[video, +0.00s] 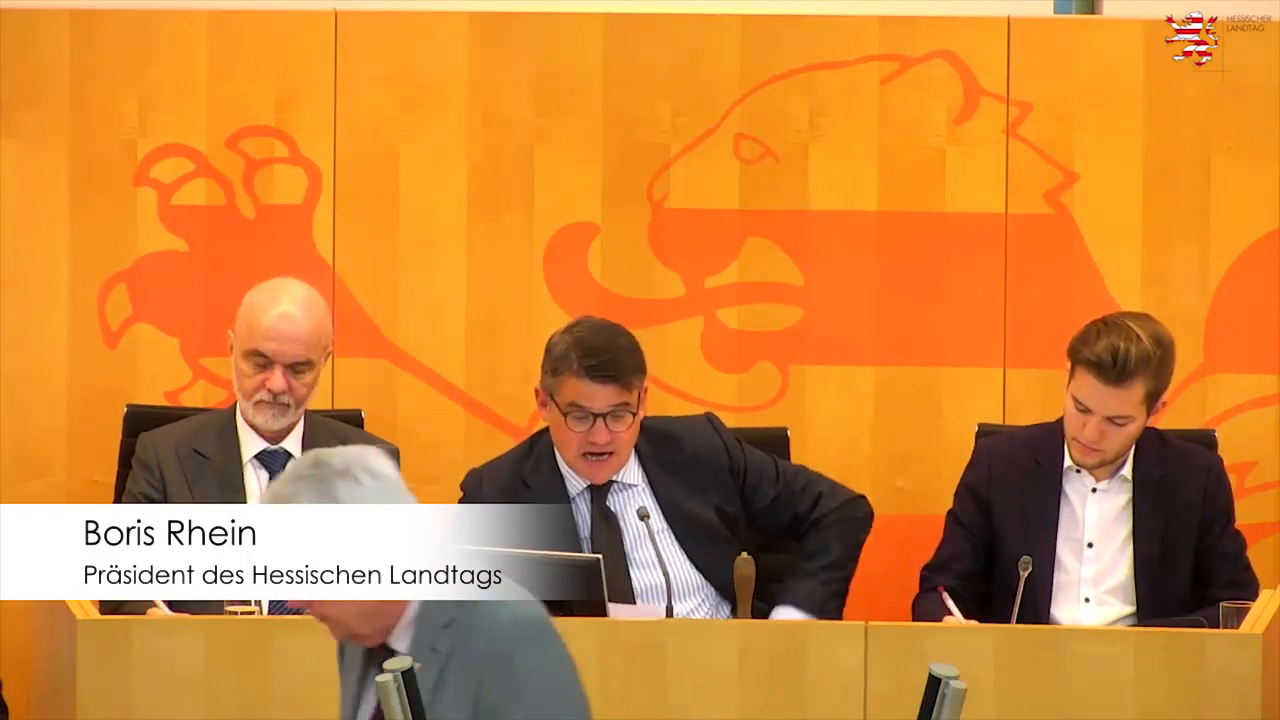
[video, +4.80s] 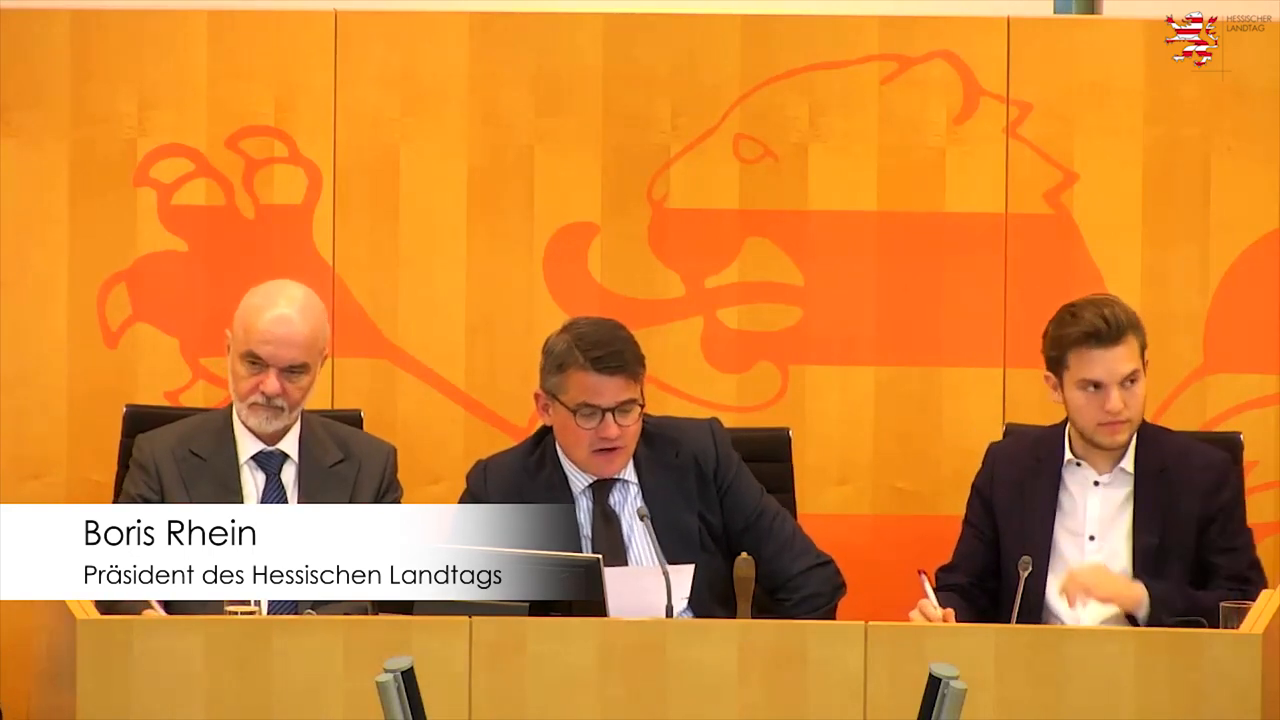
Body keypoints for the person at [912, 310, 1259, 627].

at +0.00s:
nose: (1090, 434)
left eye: (1116, 422)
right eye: (1081, 407)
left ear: (1155, 411)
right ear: (1067, 381)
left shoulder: (1197, 475)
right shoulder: (1000, 460)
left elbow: (1239, 602)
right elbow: (941, 591)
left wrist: (1150, 641)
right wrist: (952, 633)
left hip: (1149, 678)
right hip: (1023, 670)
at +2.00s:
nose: (1105, 447)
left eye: (1131, 437)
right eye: (1097, 419)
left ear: (1164, 423)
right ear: (1081, 383)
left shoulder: (1199, 478)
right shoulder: (1002, 458)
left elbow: (1238, 601)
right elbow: (950, 584)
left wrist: (1166, 644)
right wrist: (951, 634)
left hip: (1150, 680)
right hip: (1024, 672)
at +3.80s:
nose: (1097, 427)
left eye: (1121, 411)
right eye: (1085, 401)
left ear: (1153, 400)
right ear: (1066, 378)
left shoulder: (1196, 477)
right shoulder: (999, 459)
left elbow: (1240, 608)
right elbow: (955, 585)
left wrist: (1138, 616)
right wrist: (939, 616)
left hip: (1148, 685)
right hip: (1021, 677)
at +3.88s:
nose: (1095, 425)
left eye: (1119, 408)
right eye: (1082, 400)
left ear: (1149, 395)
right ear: (1062, 377)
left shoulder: (1195, 477)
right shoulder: (998, 460)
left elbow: (1240, 610)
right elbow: (956, 587)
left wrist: (1137, 596)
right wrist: (939, 615)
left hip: (1150, 686)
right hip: (1022, 679)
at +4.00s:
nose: (1095, 422)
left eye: (1117, 404)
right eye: (1079, 400)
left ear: (1146, 389)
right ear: (1055, 381)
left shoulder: (1191, 473)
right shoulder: (997, 459)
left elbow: (1225, 606)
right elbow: (956, 587)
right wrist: (941, 617)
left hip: (1150, 680)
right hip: (1022, 674)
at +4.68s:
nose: (1113, 410)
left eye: (1129, 386)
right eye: (1091, 391)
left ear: (1146, 377)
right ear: (1056, 387)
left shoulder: (1205, 474)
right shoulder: (1008, 463)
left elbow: (1233, 606)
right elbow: (967, 586)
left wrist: (1122, 559)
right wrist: (940, 617)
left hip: (1154, 677)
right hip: (1027, 673)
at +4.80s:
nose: (1115, 406)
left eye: (1129, 382)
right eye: (1092, 387)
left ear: (1145, 374)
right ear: (1055, 387)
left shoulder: (1205, 472)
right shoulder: (1009, 464)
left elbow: (1245, 606)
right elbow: (968, 587)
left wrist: (1144, 598)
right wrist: (943, 614)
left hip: (1158, 685)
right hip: (1029, 680)